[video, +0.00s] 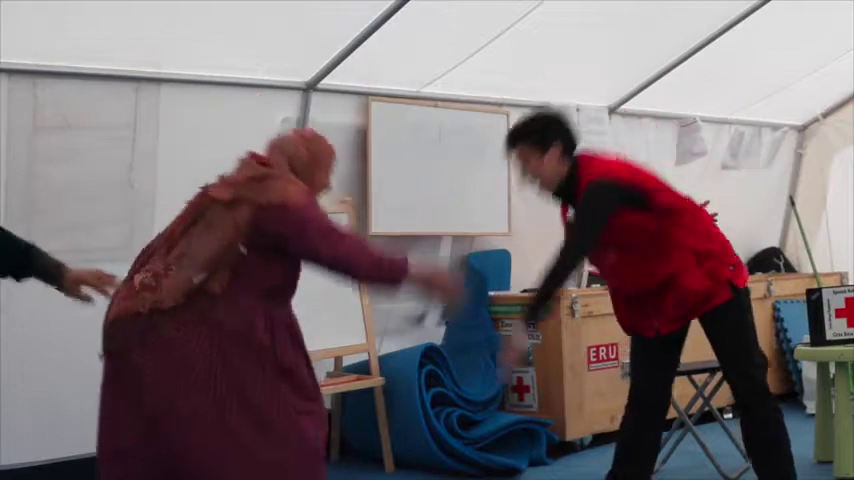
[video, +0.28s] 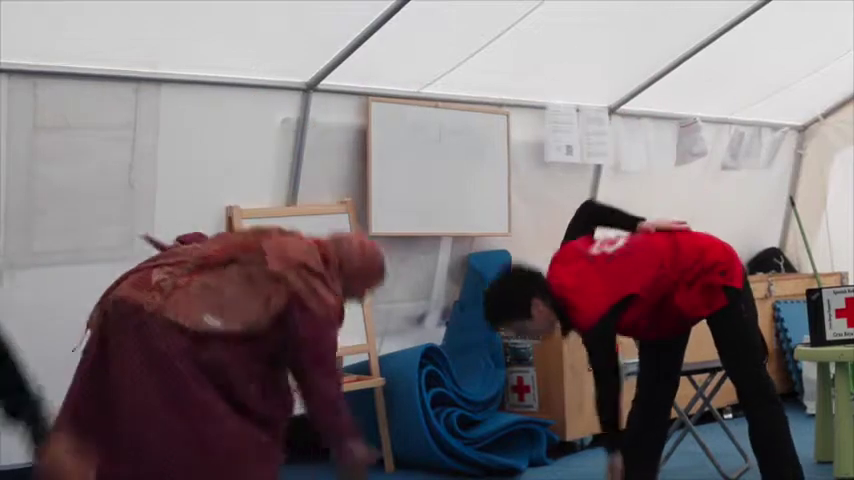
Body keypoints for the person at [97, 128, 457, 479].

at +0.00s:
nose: (329, 191)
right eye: (327, 179)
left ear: (277, 155)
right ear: (311, 178)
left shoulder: (222, 191)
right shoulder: (281, 196)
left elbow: (152, 258)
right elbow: (340, 250)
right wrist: (415, 273)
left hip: (146, 338)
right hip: (227, 342)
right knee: (294, 429)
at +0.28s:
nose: (361, 296)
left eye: (366, 289)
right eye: (364, 288)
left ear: (335, 244)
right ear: (355, 278)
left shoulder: (272, 242)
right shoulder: (315, 289)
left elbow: (193, 241)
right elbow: (320, 382)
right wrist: (349, 448)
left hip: (119, 307)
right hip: (166, 334)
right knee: (226, 451)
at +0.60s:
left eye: (365, 318)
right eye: (363, 358)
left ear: (351, 304)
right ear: (361, 356)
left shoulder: (300, 286)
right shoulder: (318, 364)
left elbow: (226, 257)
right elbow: (295, 454)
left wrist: (206, 267)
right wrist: (295, 477)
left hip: (135, 298)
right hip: (165, 340)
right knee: (196, 458)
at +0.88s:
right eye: (363, 324)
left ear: (339, 274)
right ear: (356, 324)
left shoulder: (292, 265)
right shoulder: (310, 345)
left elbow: (208, 250)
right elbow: (290, 438)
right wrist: (299, 474)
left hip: (126, 299)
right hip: (156, 331)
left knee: (117, 430)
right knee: (186, 449)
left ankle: (103, 466)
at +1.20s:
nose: (324, 165)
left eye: (322, 156)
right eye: (318, 156)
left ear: (279, 155)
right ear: (296, 159)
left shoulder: (236, 193)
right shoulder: (273, 210)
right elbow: (298, 286)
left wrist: (339, 304)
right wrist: (358, 319)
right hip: (202, 338)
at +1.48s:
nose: (253, 125)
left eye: (255, 118)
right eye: (241, 116)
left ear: (263, 128)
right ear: (207, 125)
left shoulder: (275, 194)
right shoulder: (187, 170)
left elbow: (308, 255)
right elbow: (231, 150)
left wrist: (358, 294)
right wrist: (297, 99)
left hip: (279, 356)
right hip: (211, 359)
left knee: (285, 457)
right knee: (220, 461)